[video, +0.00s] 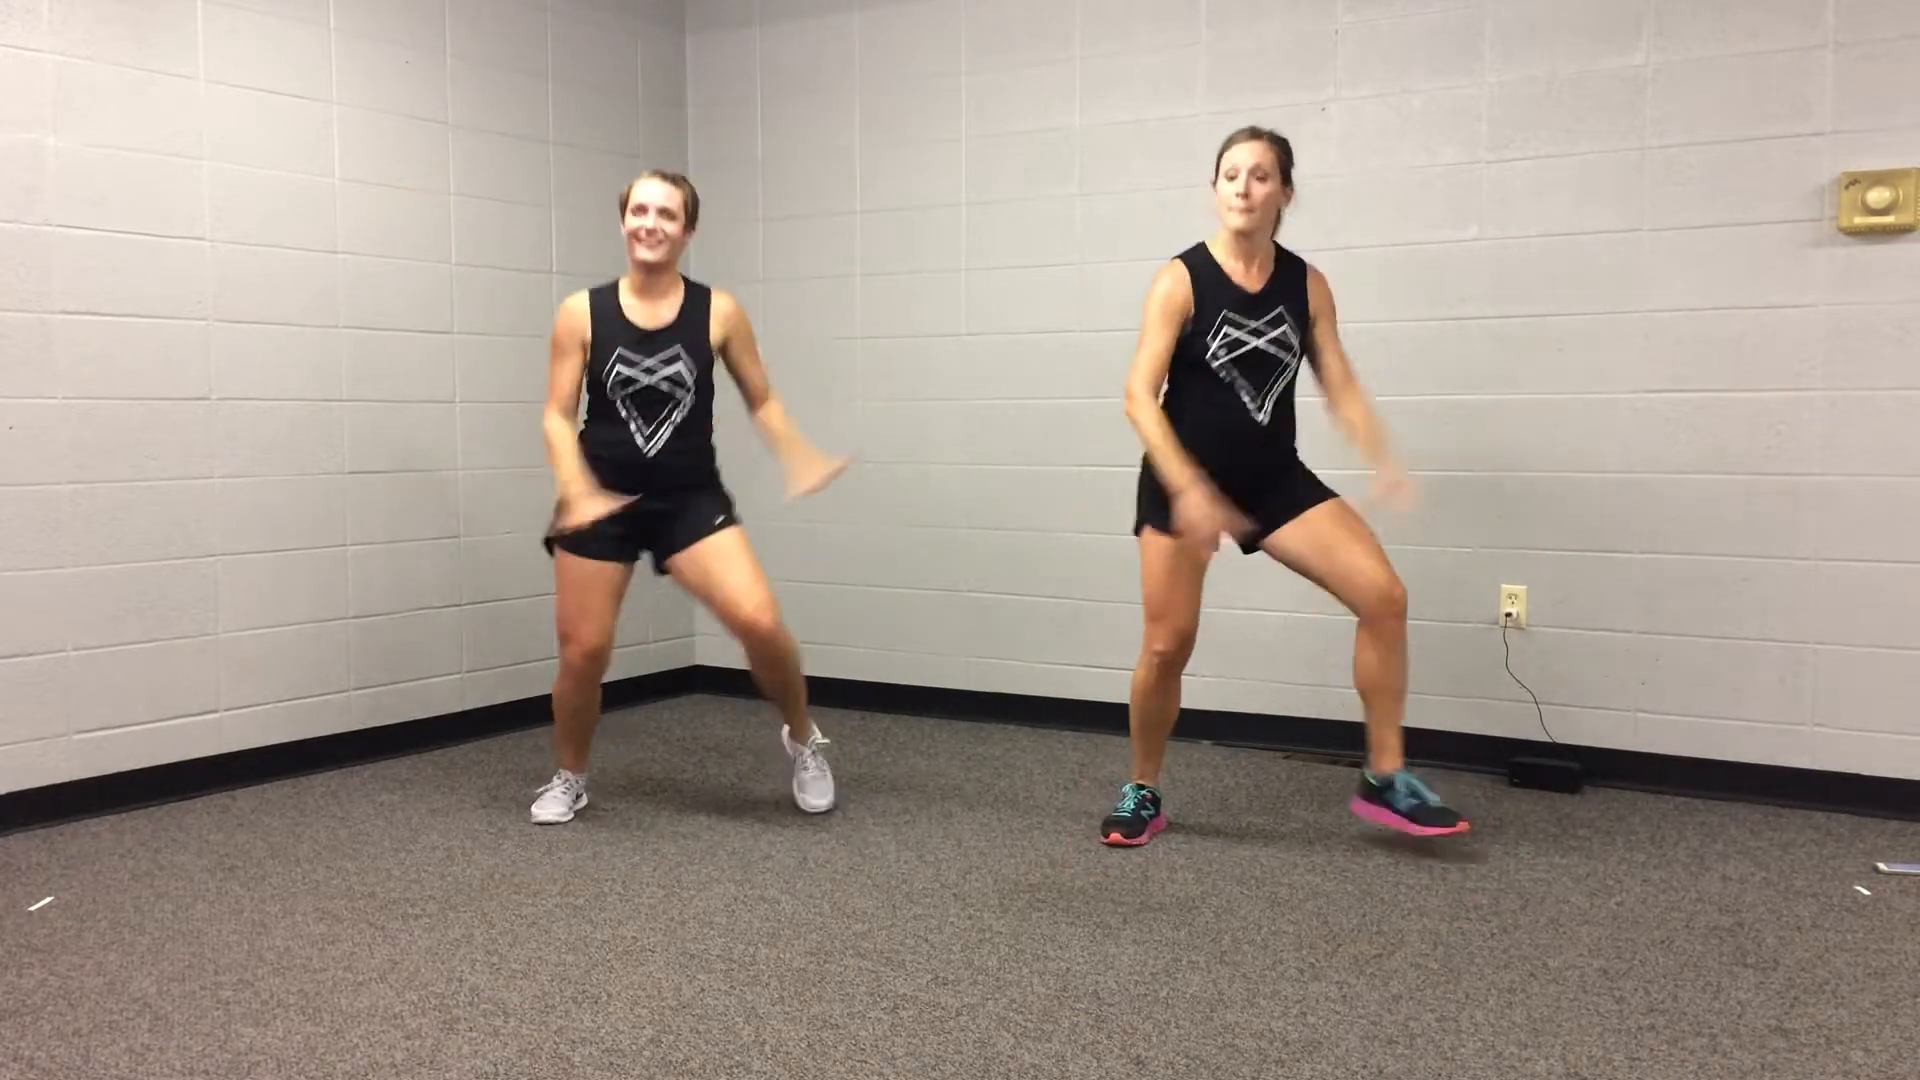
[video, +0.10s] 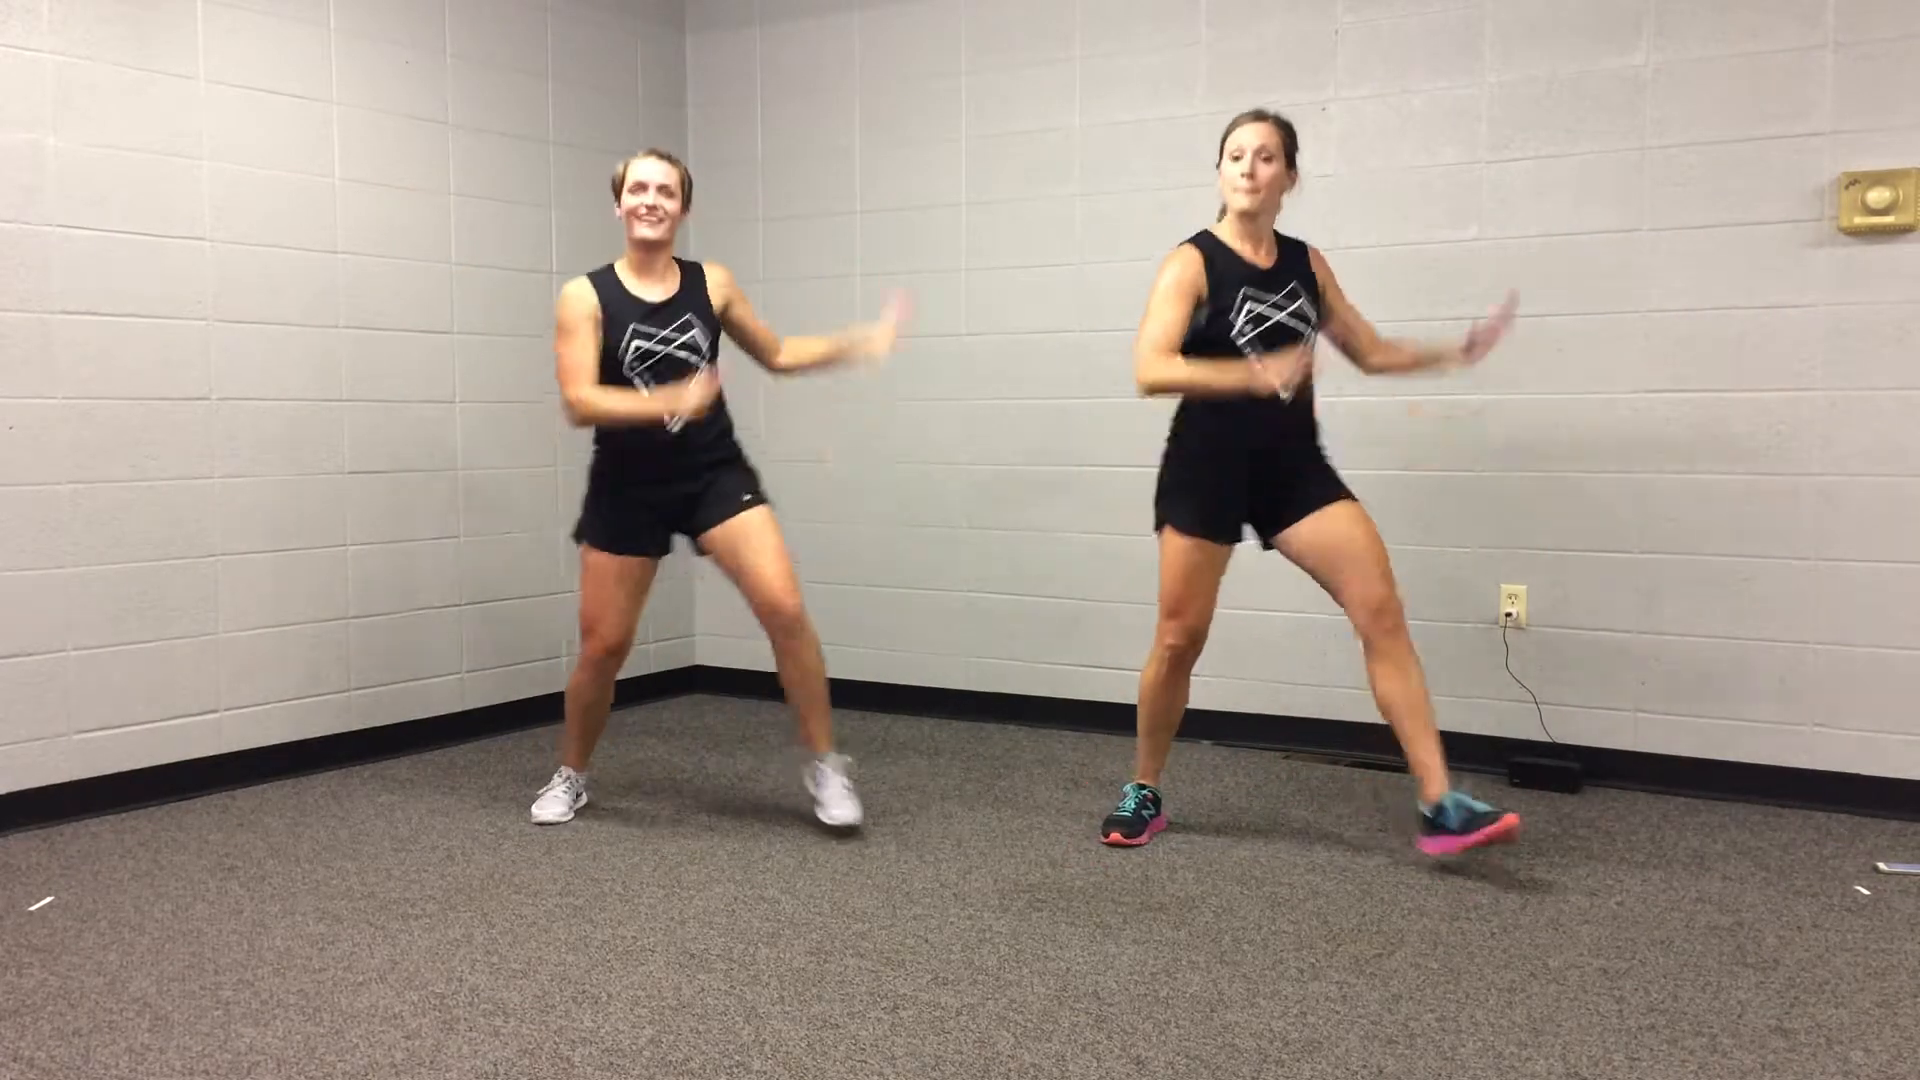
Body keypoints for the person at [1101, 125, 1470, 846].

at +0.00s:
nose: (1244, 186)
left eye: (1260, 176)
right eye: (1232, 174)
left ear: (1284, 194)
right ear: (1214, 189)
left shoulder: (1306, 285)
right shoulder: (1183, 279)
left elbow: (1340, 387)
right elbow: (1138, 396)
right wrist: (1188, 487)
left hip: (1271, 474)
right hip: (1183, 474)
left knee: (1383, 597)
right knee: (1165, 648)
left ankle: (1386, 775)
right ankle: (1141, 788)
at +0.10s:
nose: (1248, 167)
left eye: (1265, 158)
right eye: (1237, 157)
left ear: (1288, 178)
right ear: (1219, 173)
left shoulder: (1305, 264)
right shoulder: (1190, 264)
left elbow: (1370, 352)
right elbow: (1151, 372)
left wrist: (1456, 350)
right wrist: (1255, 370)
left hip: (1293, 468)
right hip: (1205, 470)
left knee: (1379, 607)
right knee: (1178, 638)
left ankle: (1440, 800)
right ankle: (1143, 789)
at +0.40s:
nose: (1290, 178)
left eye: (1305, 168)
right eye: (1275, 168)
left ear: (1326, 191)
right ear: (1251, 192)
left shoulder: (1362, 280)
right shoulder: (1231, 288)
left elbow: (1425, 377)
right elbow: (1232, 406)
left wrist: (1524, 403)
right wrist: (1335, 391)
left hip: (1394, 478)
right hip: (1292, 487)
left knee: (1443, 645)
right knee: (1207, 657)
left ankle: (1453, 834)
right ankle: (1160, 787)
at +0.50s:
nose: (1302, 172)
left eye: (1316, 161)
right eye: (1286, 164)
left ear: (1339, 184)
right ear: (1264, 191)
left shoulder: (1387, 271)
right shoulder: (1247, 289)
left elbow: (1457, 368)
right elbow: (1250, 408)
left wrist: (1522, 463)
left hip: (1381, 478)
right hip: (1279, 479)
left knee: (1436, 649)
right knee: (1158, 627)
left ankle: (1453, 834)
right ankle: (1137, 768)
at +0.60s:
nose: (1304, 156)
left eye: (1318, 144)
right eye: (1289, 149)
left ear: (1346, 164)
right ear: (1271, 174)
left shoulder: (1394, 252)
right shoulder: (1250, 270)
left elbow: (1471, 341)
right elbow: (1208, 373)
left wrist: (1465, 385)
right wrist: (1183, 444)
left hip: (1355, 472)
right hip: (1249, 465)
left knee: (1413, 646)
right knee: (1127, 596)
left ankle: (1452, 834)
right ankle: (1114, 760)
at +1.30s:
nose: (1295, 229)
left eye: (1309, 214)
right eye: (1281, 213)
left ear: (1328, 209)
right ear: (1254, 206)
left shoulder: (1353, 270)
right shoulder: (1226, 300)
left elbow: (1402, 315)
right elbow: (1200, 422)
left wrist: (1488, 303)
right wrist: (1283, 367)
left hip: (1375, 461)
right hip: (1285, 476)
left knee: (1415, 631)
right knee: (1220, 648)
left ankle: (1422, 788)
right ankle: (1126, 795)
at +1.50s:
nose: (1317, 244)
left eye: (1331, 228)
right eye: (1303, 230)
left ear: (1356, 216)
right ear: (1283, 224)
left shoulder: (1403, 286)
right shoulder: (1268, 311)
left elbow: (1479, 359)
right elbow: (1254, 435)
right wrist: (1342, 474)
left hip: (1401, 468)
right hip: (1307, 475)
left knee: (1435, 641)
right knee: (1224, 630)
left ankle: (1424, 789)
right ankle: (1144, 786)